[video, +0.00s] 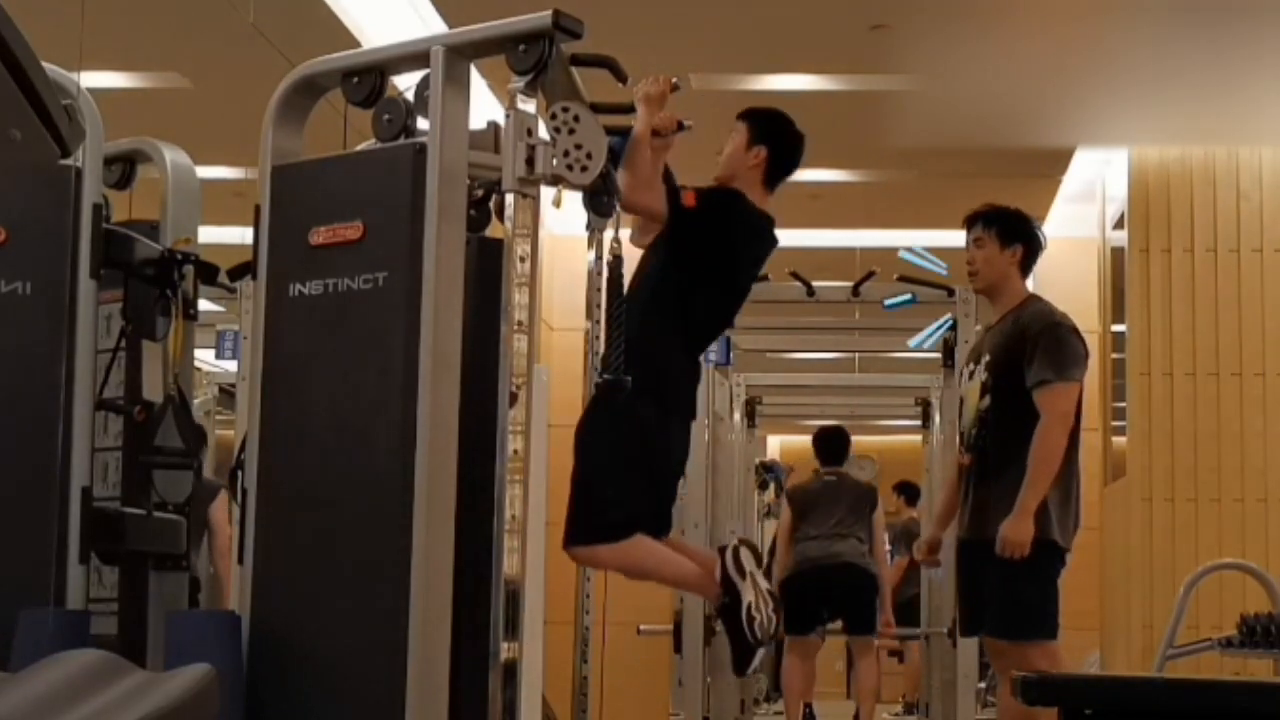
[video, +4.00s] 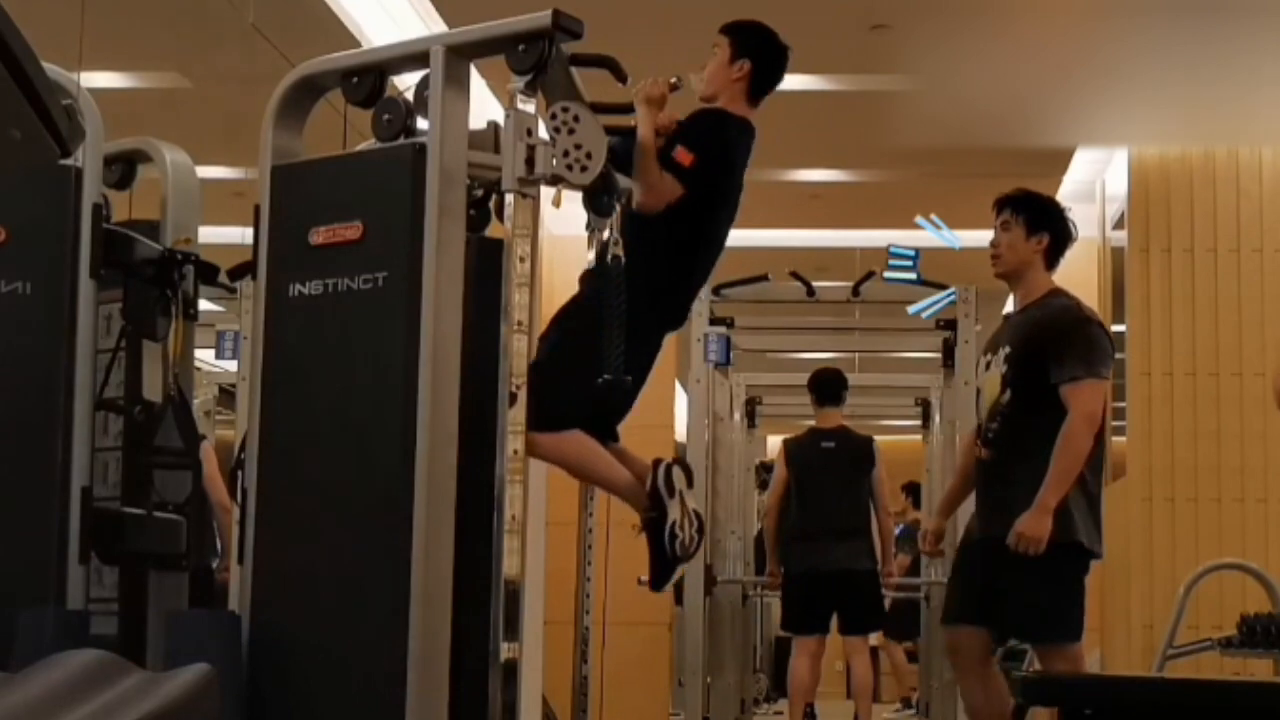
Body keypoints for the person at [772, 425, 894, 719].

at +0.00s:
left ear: (815, 454)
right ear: (848, 453)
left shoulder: (795, 494)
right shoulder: (868, 493)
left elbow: (782, 555)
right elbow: (880, 557)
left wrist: (779, 599)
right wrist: (886, 609)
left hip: (804, 581)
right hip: (855, 581)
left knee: (797, 652)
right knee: (865, 652)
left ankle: (794, 716)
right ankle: (865, 715)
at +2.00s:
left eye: (814, 461)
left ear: (813, 464)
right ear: (847, 464)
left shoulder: (794, 503)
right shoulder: (867, 502)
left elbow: (780, 564)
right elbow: (882, 564)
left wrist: (775, 613)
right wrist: (887, 618)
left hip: (806, 585)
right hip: (858, 584)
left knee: (801, 653)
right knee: (865, 653)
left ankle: (798, 715)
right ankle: (865, 715)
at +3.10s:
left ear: (817, 409)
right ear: (850, 409)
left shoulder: (794, 457)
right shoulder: (870, 457)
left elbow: (778, 518)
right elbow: (883, 519)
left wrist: (774, 569)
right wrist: (890, 571)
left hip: (807, 566)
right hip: (857, 566)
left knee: (804, 647)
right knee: (860, 647)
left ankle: (797, 715)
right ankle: (864, 714)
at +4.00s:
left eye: (814, 396)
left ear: (811, 399)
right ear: (845, 398)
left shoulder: (790, 448)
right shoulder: (866, 447)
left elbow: (771, 509)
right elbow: (884, 510)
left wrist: (772, 559)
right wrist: (888, 560)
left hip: (806, 567)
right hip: (855, 566)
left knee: (805, 649)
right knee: (858, 650)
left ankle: (797, 716)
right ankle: (863, 715)